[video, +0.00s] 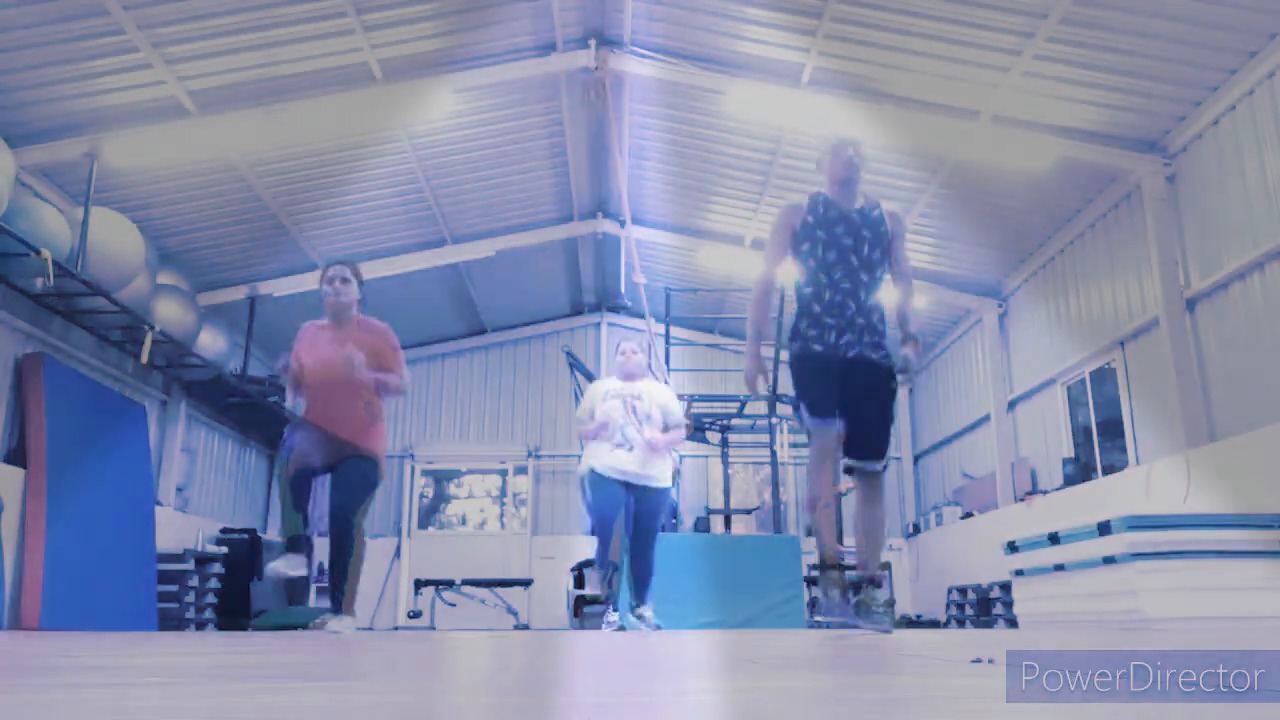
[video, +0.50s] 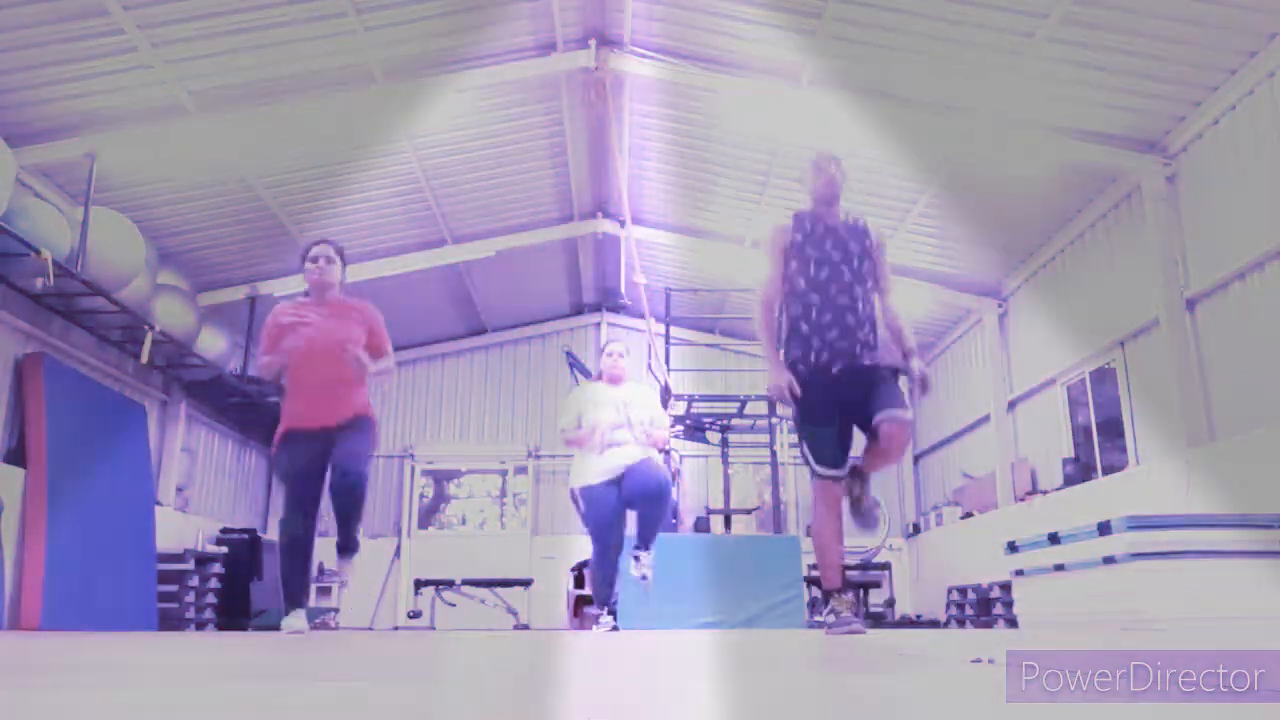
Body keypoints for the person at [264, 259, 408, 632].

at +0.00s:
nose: (336, 287)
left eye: (345, 281)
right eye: (330, 281)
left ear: (359, 291)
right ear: (322, 291)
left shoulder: (378, 333)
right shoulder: (308, 333)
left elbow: (400, 384)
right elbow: (297, 385)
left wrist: (367, 376)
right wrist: (291, 372)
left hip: (360, 442)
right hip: (316, 434)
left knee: (340, 512)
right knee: (299, 469)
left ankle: (337, 609)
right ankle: (301, 549)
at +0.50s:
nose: (321, 266)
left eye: (329, 261)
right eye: (314, 260)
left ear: (343, 271)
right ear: (303, 270)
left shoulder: (363, 313)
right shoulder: (284, 314)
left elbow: (388, 364)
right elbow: (265, 371)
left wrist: (367, 364)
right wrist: (286, 351)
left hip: (352, 420)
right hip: (302, 424)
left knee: (349, 474)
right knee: (296, 519)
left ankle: (347, 553)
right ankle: (295, 609)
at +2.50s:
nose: (349, 285)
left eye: (357, 280)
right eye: (342, 279)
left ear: (368, 291)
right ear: (331, 289)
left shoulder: (382, 332)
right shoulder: (312, 332)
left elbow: (408, 382)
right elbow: (291, 387)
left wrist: (386, 381)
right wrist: (305, 372)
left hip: (365, 433)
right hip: (318, 435)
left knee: (351, 504)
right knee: (319, 517)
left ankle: (346, 606)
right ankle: (324, 605)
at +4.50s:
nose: (378, 304)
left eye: (386, 300)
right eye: (373, 299)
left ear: (399, 310)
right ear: (364, 308)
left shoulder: (412, 348)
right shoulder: (348, 346)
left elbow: (433, 395)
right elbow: (329, 392)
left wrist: (412, 399)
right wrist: (337, 385)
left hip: (389, 443)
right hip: (347, 440)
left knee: (378, 524)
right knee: (334, 507)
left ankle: (378, 607)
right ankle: (352, 565)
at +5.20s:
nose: (350, 285)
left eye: (358, 280)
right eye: (344, 280)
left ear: (371, 291)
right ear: (334, 290)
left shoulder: (392, 330)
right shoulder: (319, 332)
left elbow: (413, 376)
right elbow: (304, 384)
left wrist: (397, 385)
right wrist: (320, 377)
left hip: (382, 430)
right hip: (336, 436)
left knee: (370, 480)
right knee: (336, 518)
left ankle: (378, 550)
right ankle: (338, 605)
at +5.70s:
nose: (351, 290)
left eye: (359, 285)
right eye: (345, 285)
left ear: (371, 296)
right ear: (336, 294)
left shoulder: (388, 341)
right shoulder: (315, 340)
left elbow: (407, 394)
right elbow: (296, 390)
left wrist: (405, 437)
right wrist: (305, 412)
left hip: (365, 434)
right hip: (322, 437)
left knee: (341, 506)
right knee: (331, 516)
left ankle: (335, 590)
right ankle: (345, 602)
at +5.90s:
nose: (351, 264)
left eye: (360, 259)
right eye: (345, 259)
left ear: (374, 272)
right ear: (336, 270)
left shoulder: (389, 314)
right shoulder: (317, 313)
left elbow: (408, 367)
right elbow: (304, 365)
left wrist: (390, 390)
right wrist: (303, 381)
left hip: (366, 422)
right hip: (320, 423)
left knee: (352, 487)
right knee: (324, 505)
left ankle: (344, 572)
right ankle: (336, 592)